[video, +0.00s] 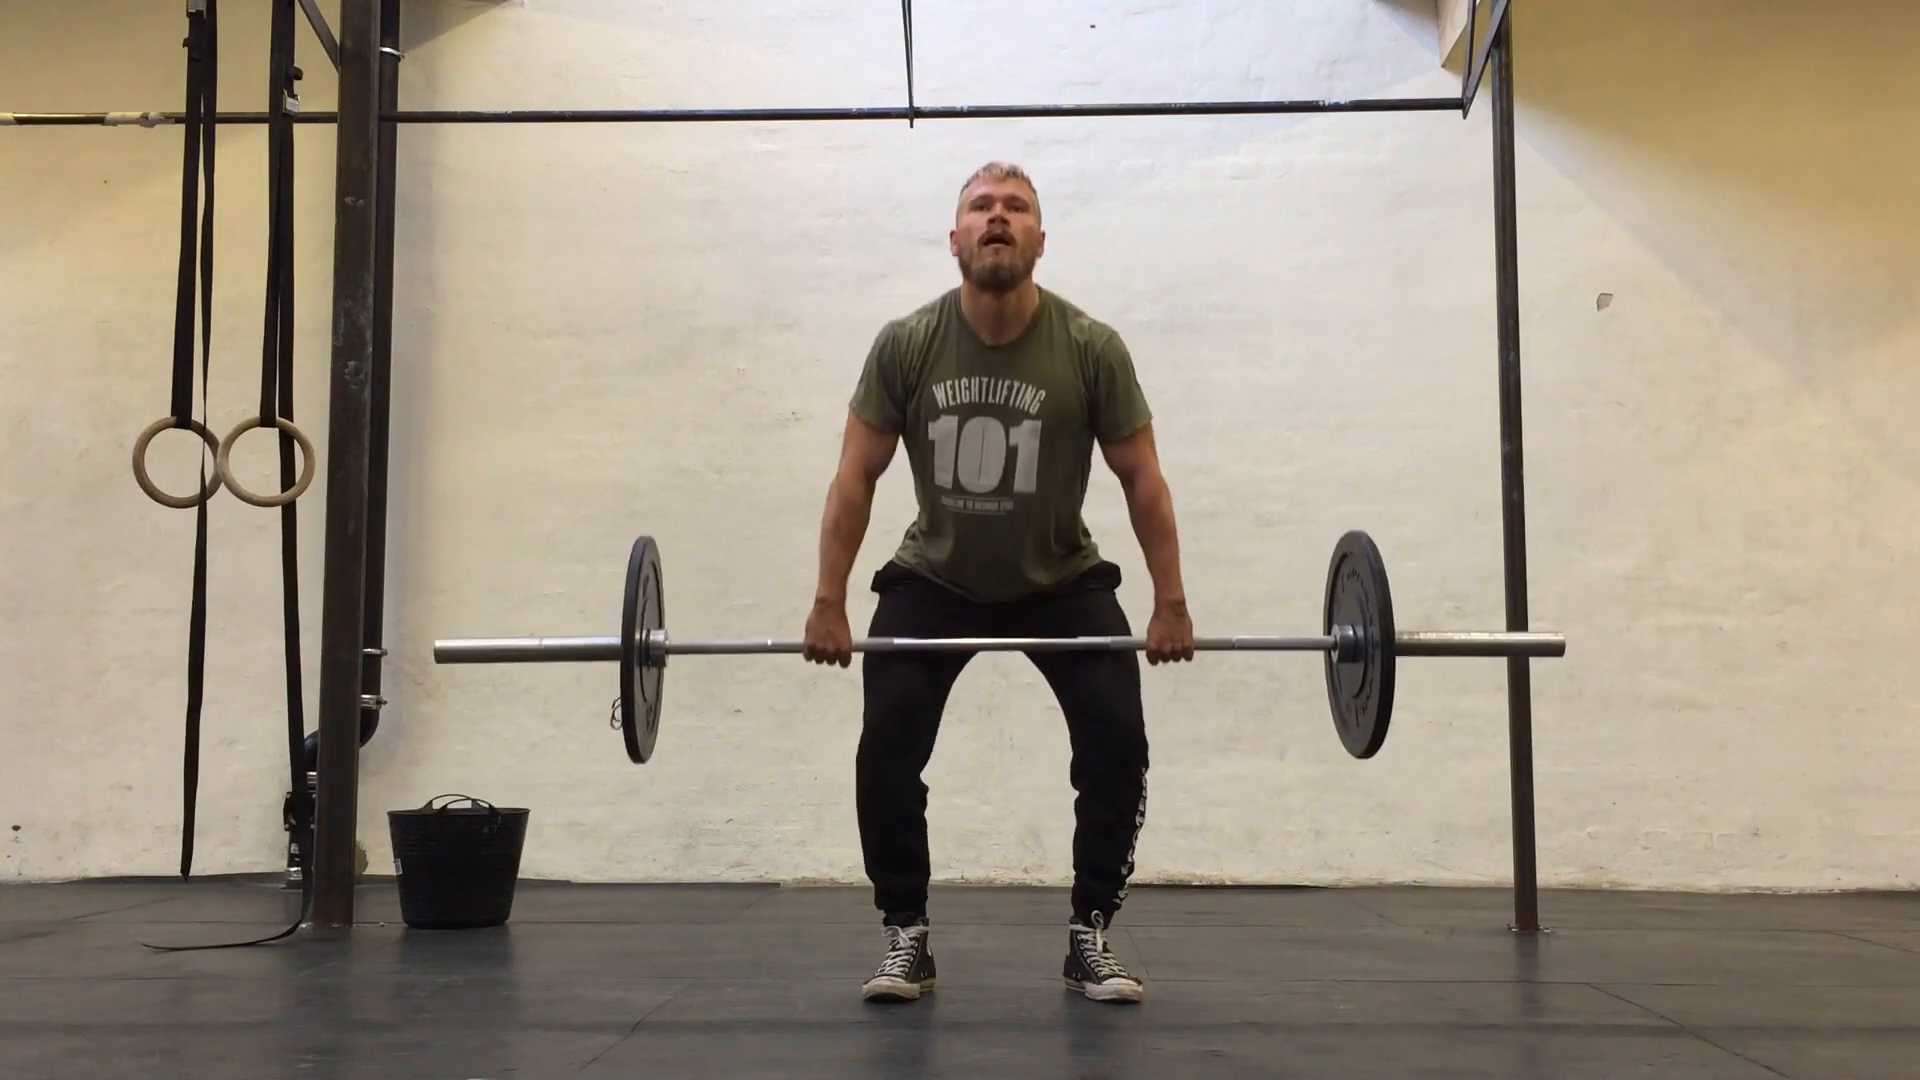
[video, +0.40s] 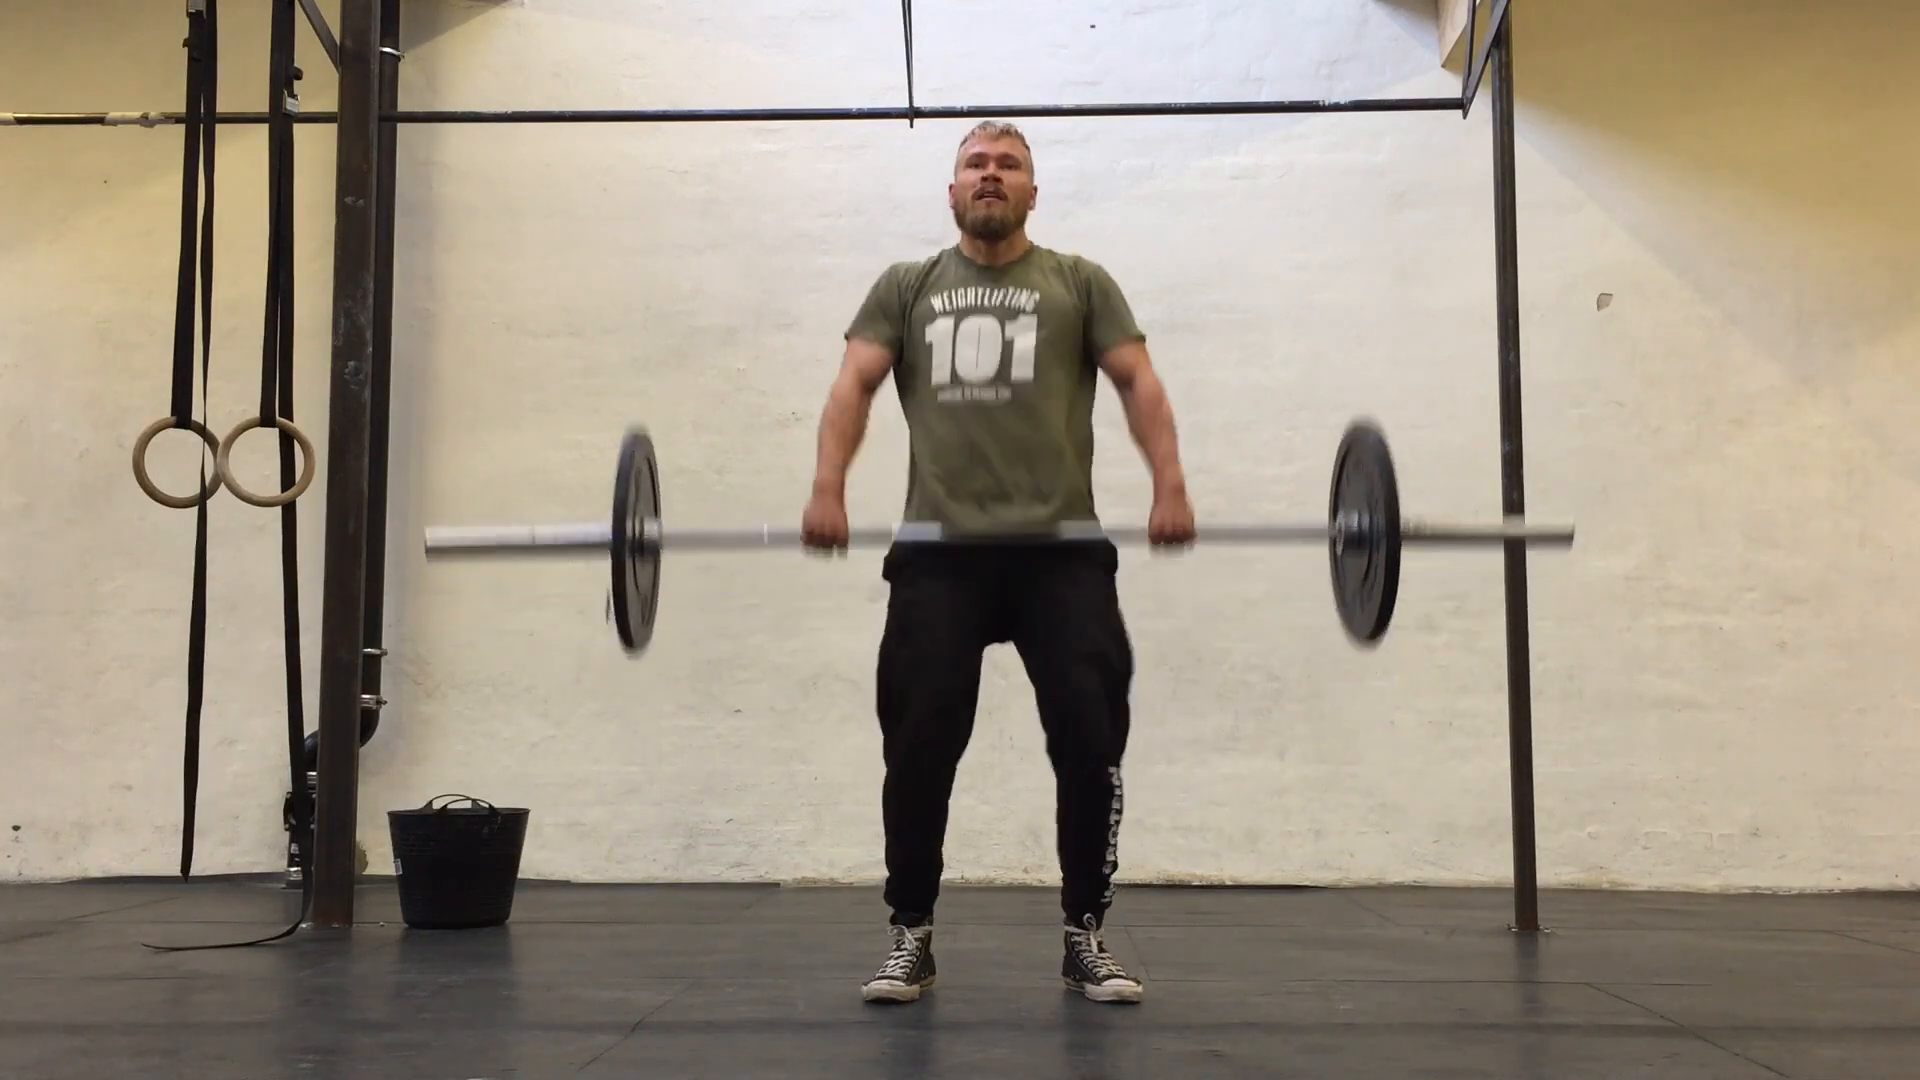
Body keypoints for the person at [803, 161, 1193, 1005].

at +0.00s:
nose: (997, 216)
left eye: (1015, 206)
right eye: (981, 205)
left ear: (1040, 239)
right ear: (954, 237)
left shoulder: (1093, 352)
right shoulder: (904, 348)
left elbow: (1141, 478)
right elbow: (855, 477)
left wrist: (1171, 600)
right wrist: (828, 600)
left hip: (1060, 580)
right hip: (935, 579)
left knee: (1117, 740)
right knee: (887, 745)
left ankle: (1091, 937)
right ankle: (904, 940)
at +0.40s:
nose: (989, 174)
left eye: (1007, 164)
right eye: (975, 163)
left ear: (1033, 189)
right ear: (951, 188)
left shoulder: (1081, 284)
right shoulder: (907, 287)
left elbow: (1139, 381)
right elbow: (854, 381)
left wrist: (1170, 484)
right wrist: (827, 486)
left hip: (1062, 552)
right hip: (939, 555)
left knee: (1091, 745)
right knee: (918, 745)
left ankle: (1086, 940)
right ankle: (909, 940)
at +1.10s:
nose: (997, 249)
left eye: (1013, 241)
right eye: (980, 240)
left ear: (1036, 277)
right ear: (954, 275)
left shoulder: (1078, 365)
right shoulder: (917, 367)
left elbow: (1160, 401)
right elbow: (852, 405)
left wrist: (1161, 326)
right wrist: (833, 337)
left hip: (1065, 628)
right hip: (940, 629)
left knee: (1158, 769)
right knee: (854, 771)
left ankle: (1103, 945)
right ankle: (893, 948)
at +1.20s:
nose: (996, 186)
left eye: (1012, 181)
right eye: (980, 182)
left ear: (1039, 217)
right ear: (956, 219)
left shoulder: (1075, 298)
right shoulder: (923, 302)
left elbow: (1157, 331)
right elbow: (862, 345)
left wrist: (1163, 258)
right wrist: (839, 270)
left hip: (1066, 577)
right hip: (944, 576)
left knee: (1118, 756)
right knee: (887, 757)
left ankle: (1102, 947)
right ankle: (893, 946)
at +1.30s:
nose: (998, 168)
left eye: (1015, 160)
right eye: (984, 160)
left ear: (1040, 187)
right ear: (961, 187)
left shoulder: (1076, 259)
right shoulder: (924, 264)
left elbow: (1170, 241)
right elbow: (843, 259)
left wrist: (1168, 153)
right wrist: (833, 167)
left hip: (1063, 533)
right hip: (946, 534)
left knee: (1090, 730)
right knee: (921, 733)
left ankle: (1111, 931)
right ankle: (893, 935)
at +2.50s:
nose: (1005, 159)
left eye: (1021, 150)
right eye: (988, 149)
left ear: (1045, 178)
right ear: (964, 179)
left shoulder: (1088, 263)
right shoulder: (921, 258)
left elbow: (1202, 293)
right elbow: (798, 274)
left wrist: (1188, 303)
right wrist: (834, 286)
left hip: (1067, 527)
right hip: (953, 527)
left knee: (1098, 729)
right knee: (925, 730)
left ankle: (1111, 928)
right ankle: (901, 930)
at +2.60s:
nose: (1009, 156)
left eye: (1025, 146)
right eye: (993, 145)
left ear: (1048, 173)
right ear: (966, 172)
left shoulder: (1090, 262)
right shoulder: (924, 263)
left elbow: (1194, 332)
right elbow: (820, 332)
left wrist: (1183, 416)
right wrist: (839, 406)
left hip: (1068, 526)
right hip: (957, 526)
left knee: (1099, 724)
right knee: (927, 723)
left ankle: (1110, 927)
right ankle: (902, 929)